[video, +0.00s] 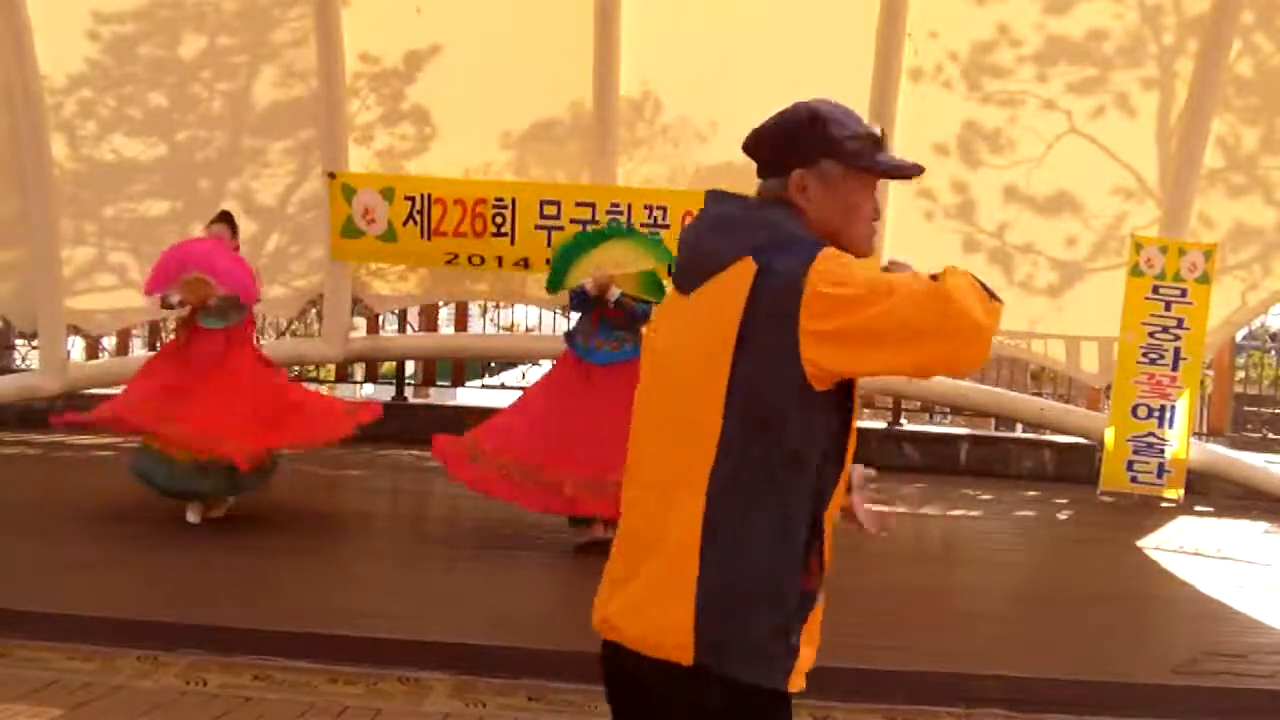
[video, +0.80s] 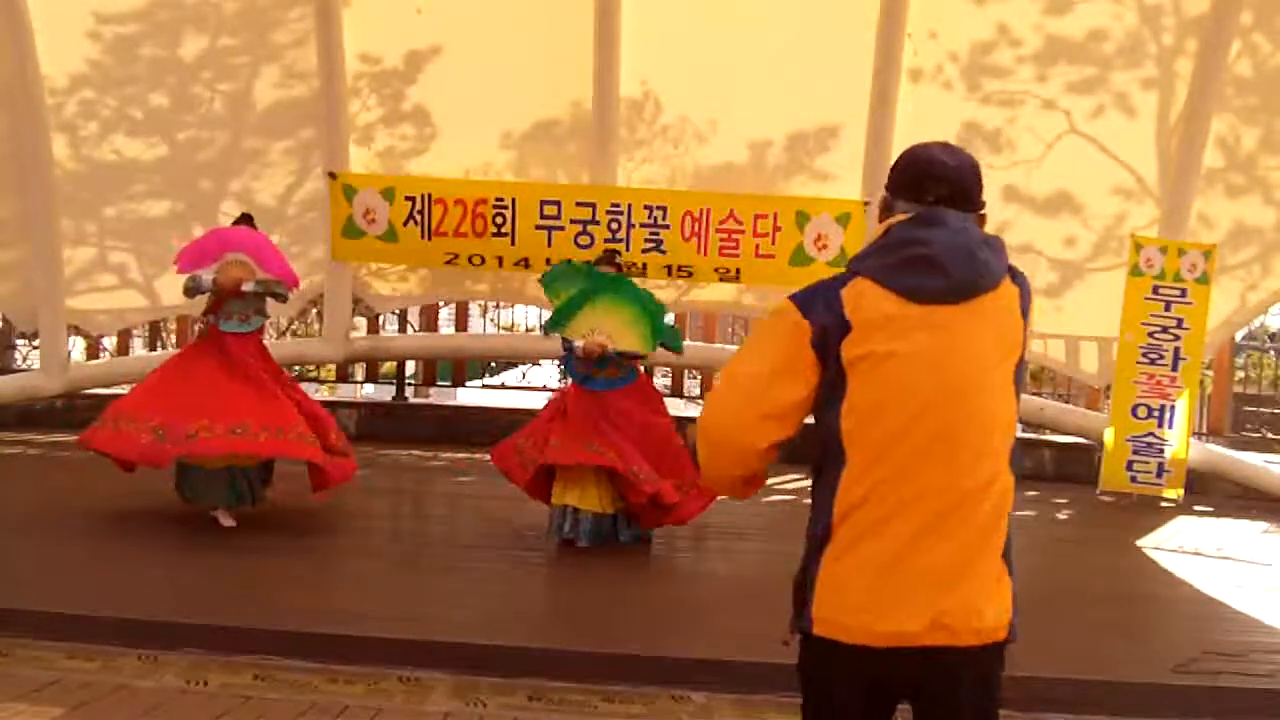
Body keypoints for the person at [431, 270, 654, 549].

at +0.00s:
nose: (612, 267)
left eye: (620, 263)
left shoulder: (642, 277)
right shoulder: (590, 266)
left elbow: (642, 315)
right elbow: (574, 302)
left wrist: (615, 297)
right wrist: (590, 291)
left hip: (625, 356)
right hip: (586, 353)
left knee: (620, 442)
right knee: (584, 440)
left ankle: (617, 524)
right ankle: (596, 525)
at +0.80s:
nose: (607, 282)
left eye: (613, 276)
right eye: (601, 275)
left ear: (623, 277)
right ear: (590, 275)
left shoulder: (633, 310)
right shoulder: (578, 308)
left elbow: (646, 350)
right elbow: (566, 345)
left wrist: (616, 347)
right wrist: (584, 348)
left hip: (626, 388)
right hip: (585, 387)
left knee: (625, 455)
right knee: (582, 454)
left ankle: (627, 529)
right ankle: (578, 529)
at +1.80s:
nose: (597, 260)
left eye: (605, 255)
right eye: (592, 254)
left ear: (616, 260)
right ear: (584, 257)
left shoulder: (629, 296)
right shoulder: (570, 293)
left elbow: (665, 324)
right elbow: (533, 323)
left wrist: (698, 337)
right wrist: (495, 344)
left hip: (614, 388)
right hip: (573, 386)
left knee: (615, 457)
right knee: (570, 456)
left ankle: (609, 537)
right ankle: (568, 533)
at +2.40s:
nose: (604, 247)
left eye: (612, 241)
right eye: (598, 241)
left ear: (624, 250)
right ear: (588, 248)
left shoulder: (634, 283)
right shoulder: (576, 280)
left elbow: (676, 268)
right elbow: (538, 252)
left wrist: (712, 246)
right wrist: (499, 215)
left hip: (622, 380)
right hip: (581, 379)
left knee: (620, 459)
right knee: (584, 458)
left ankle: (617, 549)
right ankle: (591, 547)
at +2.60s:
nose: (605, 247)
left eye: (613, 242)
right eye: (598, 241)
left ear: (624, 251)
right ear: (588, 248)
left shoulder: (634, 286)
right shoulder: (577, 281)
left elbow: (670, 259)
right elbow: (548, 240)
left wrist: (692, 219)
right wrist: (528, 190)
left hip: (624, 386)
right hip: (583, 385)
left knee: (625, 464)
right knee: (586, 465)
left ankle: (620, 551)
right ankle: (594, 555)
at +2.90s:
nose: (607, 254)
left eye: (614, 248)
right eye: (600, 247)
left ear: (624, 256)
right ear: (587, 253)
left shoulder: (631, 291)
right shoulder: (576, 286)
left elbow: (647, 270)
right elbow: (562, 245)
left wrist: (646, 230)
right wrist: (565, 191)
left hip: (623, 395)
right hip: (579, 393)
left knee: (624, 474)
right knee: (576, 473)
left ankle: (623, 564)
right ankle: (575, 565)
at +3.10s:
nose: (605, 259)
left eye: (613, 253)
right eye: (599, 251)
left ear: (624, 263)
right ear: (585, 256)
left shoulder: (628, 299)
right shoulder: (571, 292)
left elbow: (655, 273)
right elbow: (568, 253)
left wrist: (654, 229)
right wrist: (584, 212)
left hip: (618, 402)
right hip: (576, 400)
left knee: (622, 483)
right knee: (576, 482)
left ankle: (623, 572)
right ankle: (579, 572)